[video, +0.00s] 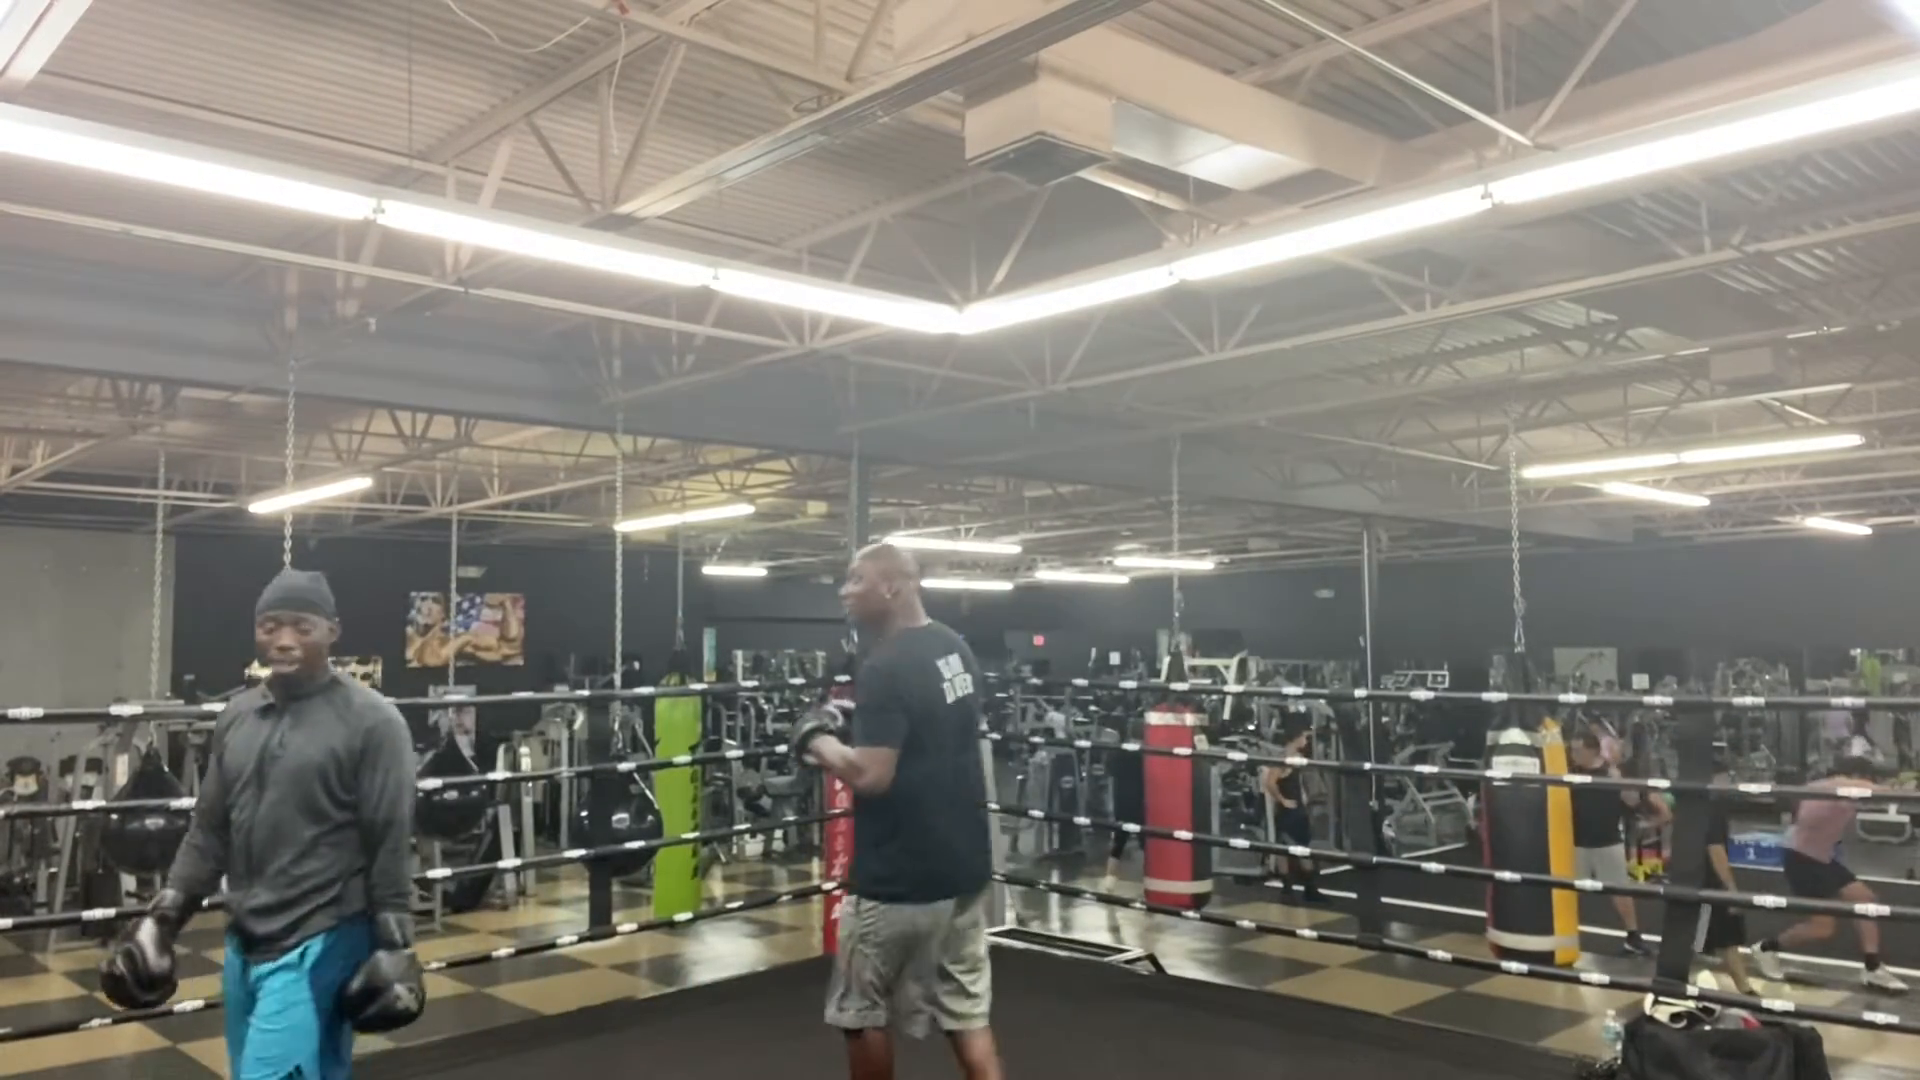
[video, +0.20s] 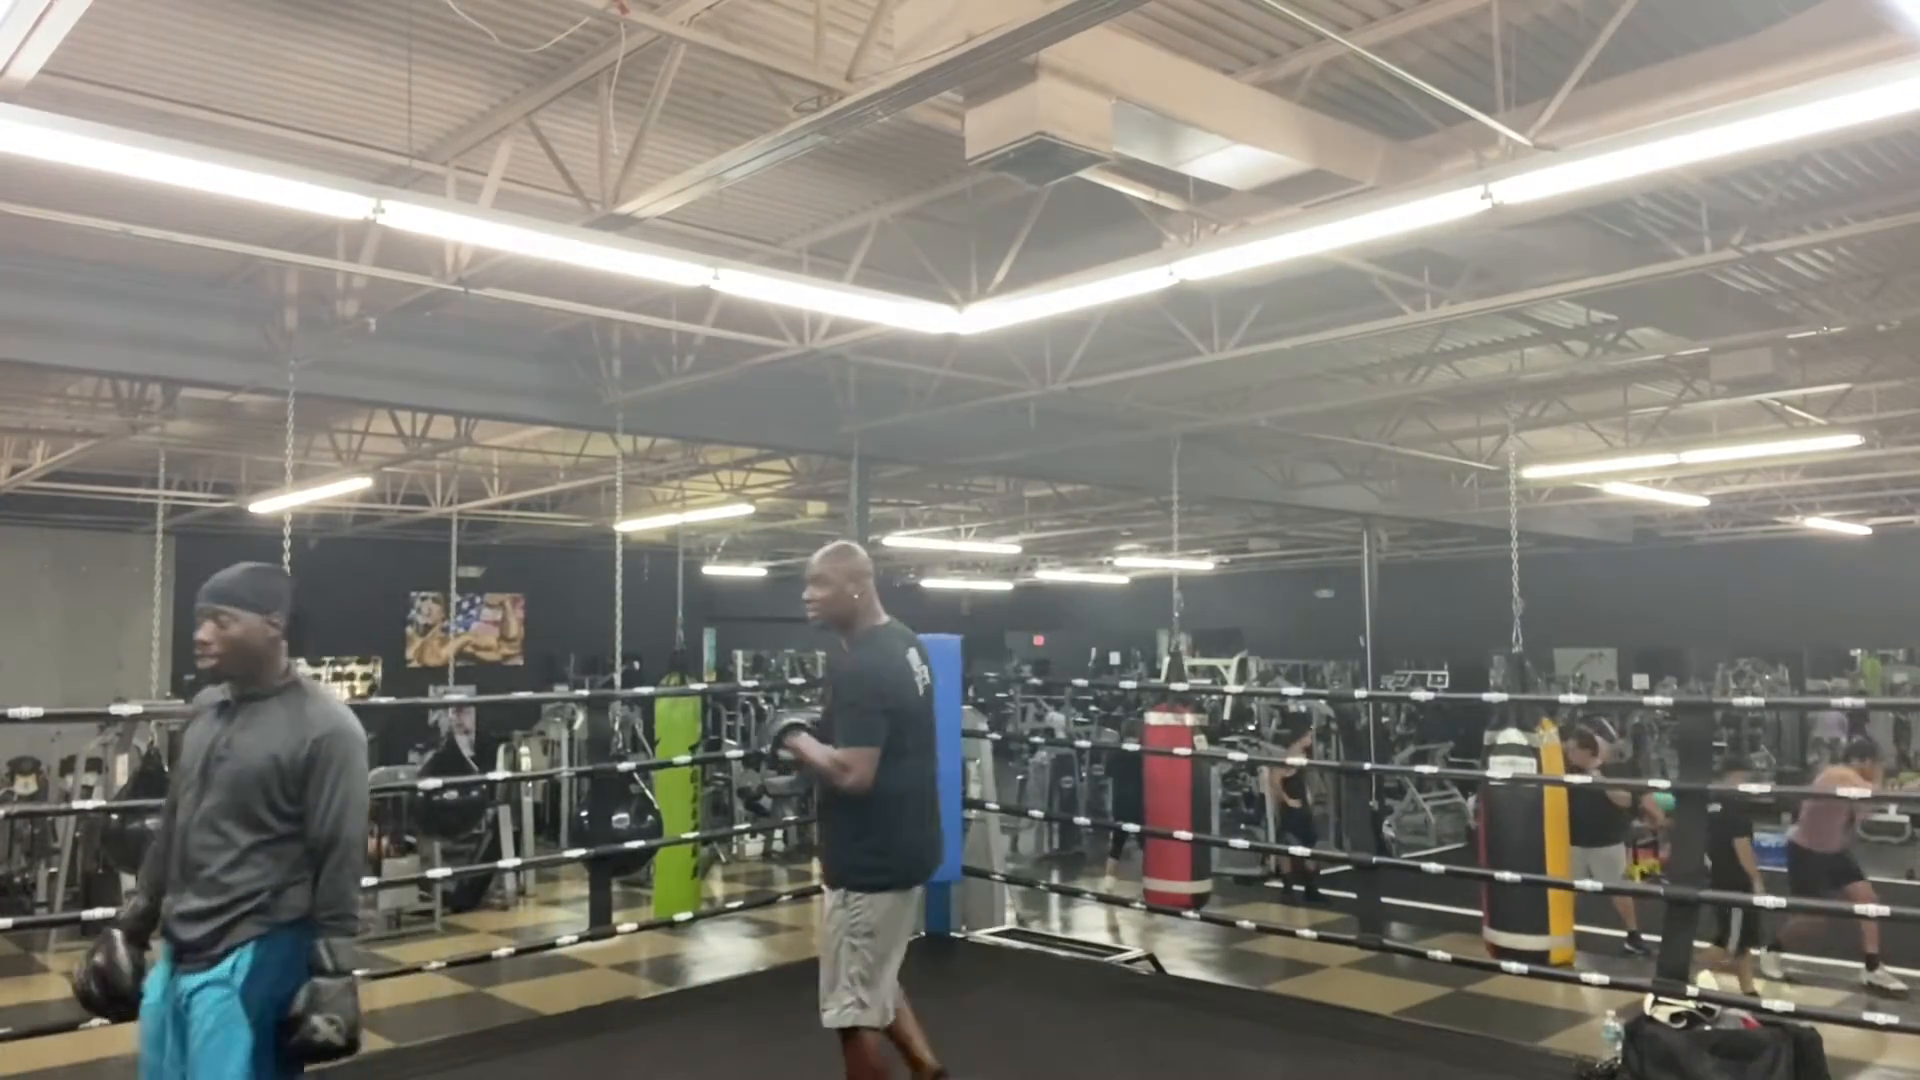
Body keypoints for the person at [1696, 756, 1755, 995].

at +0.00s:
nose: (1729, 784)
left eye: (1728, 778)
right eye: (1724, 778)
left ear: (1709, 780)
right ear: (1713, 779)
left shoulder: (1693, 805)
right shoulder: (1713, 806)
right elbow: (1716, 850)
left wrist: (1728, 888)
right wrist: (1732, 889)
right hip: (1707, 884)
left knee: (1729, 940)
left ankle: (1745, 989)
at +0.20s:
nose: (1744, 783)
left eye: (1744, 778)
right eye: (1742, 777)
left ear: (1725, 777)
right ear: (1734, 777)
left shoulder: (1714, 803)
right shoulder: (1737, 804)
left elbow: (1711, 846)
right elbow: (1742, 846)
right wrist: (1756, 878)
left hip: (1721, 876)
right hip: (1736, 879)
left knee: (1741, 944)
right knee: (1729, 947)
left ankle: (1749, 991)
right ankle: (1686, 964)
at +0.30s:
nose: (1749, 784)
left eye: (1749, 778)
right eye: (1745, 778)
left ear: (1727, 778)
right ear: (1737, 778)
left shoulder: (1716, 806)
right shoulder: (1745, 805)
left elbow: (1712, 848)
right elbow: (1751, 845)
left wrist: (1720, 869)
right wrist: (1771, 876)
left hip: (1728, 876)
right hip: (1746, 878)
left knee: (1743, 941)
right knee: (1755, 943)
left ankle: (1749, 990)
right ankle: (1711, 973)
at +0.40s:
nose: (1755, 785)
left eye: (1756, 779)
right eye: (1750, 779)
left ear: (1732, 780)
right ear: (1739, 779)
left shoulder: (1722, 806)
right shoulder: (1750, 806)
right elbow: (1757, 845)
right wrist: (1779, 873)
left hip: (1734, 875)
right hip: (1751, 877)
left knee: (1745, 939)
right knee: (1763, 943)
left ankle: (1749, 990)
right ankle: (1722, 973)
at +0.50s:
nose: (1764, 784)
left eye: (1764, 778)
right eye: (1760, 778)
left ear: (1739, 778)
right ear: (1754, 778)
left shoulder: (1730, 804)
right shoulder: (1757, 804)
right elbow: (1765, 844)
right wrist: (1791, 874)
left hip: (1740, 878)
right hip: (1759, 881)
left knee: (1749, 941)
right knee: (1781, 947)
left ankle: (1750, 992)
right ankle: (1752, 985)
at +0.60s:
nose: (1773, 780)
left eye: (1772, 775)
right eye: (1770, 775)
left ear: (1747, 775)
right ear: (1764, 776)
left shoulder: (1737, 801)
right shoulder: (1764, 802)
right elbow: (1771, 846)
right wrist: (1798, 876)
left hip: (1748, 879)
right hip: (1770, 882)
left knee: (1752, 942)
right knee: (1793, 946)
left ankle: (1750, 995)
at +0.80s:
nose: (1804, 790)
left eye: (1802, 783)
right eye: (1801, 784)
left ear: (1778, 782)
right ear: (1794, 784)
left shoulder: (1762, 806)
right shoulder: (1791, 813)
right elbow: (1797, 857)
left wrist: (1806, 871)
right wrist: (1811, 888)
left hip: (1772, 885)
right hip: (1794, 887)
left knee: (1766, 945)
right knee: (1819, 947)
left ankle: (1753, 994)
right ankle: (1830, 1003)